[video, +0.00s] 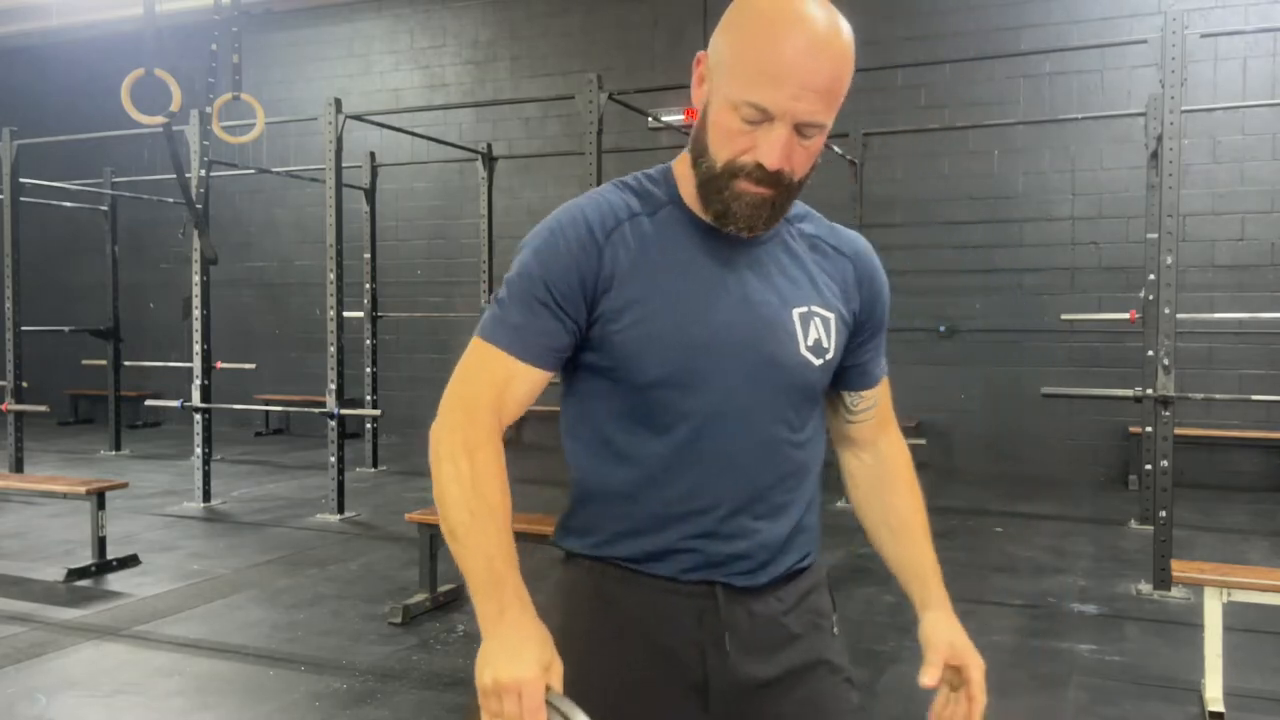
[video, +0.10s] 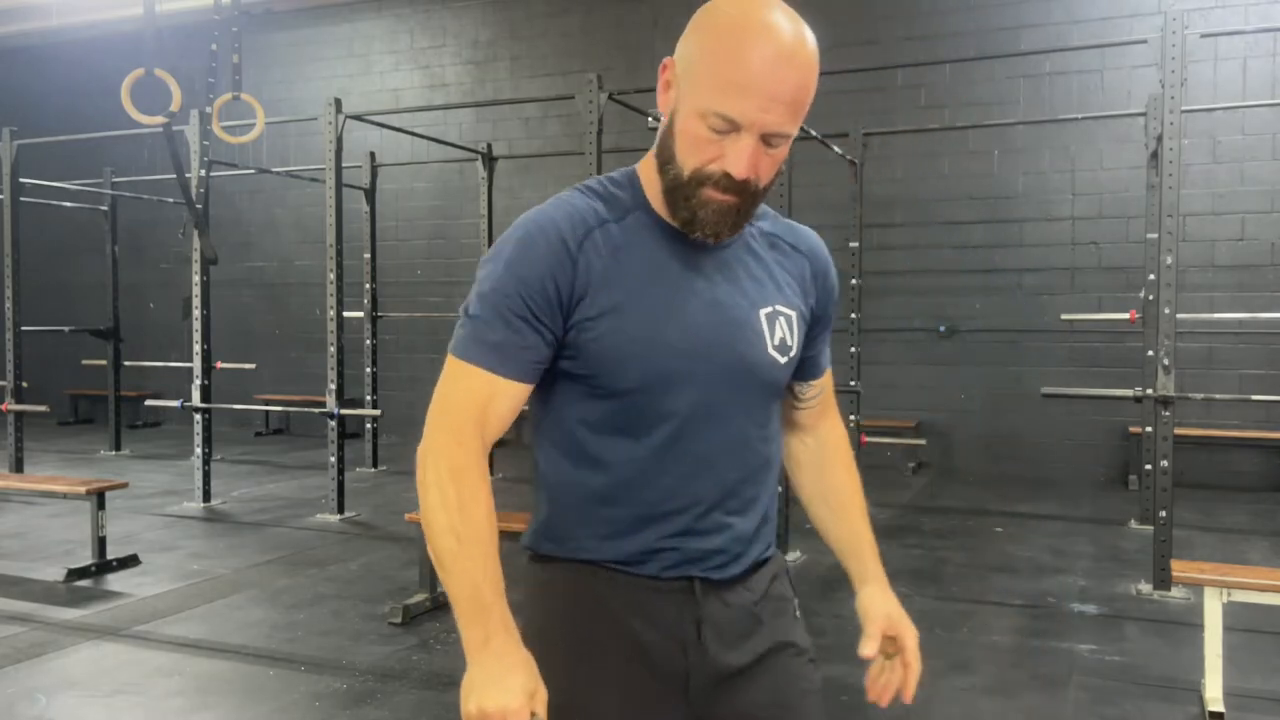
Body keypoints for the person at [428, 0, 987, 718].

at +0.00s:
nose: (774, 158)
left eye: (806, 131)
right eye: (753, 117)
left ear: (831, 127)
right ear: (701, 84)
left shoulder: (846, 270)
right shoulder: (589, 242)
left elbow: (869, 437)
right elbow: (462, 428)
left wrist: (933, 607)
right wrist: (505, 623)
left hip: (788, 627)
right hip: (620, 626)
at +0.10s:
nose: (741, 168)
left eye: (772, 140)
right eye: (720, 127)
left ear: (797, 132)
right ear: (666, 88)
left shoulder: (801, 265)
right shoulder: (556, 246)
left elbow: (810, 421)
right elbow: (450, 443)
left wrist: (871, 585)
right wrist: (490, 647)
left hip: (755, 619)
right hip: (594, 624)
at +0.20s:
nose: (725, 172)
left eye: (755, 147)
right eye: (706, 133)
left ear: (780, 135)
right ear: (651, 92)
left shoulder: (761, 257)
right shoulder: (535, 249)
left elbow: (763, 413)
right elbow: (444, 464)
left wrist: (810, 565)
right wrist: (483, 667)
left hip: (730, 609)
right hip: (576, 620)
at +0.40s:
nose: (753, 181)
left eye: (769, 156)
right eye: (739, 145)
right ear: (664, 103)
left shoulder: (701, 244)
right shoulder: (536, 253)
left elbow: (679, 411)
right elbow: (452, 466)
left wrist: (716, 535)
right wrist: (492, 676)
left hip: (688, 593)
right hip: (568, 613)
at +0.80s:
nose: (755, 199)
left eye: (762, 179)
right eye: (755, 172)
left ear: (704, 145)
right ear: (704, 141)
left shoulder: (644, 248)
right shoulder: (612, 244)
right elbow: (533, 428)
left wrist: (653, 583)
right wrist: (576, 621)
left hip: (632, 573)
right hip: (597, 580)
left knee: (629, 709)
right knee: (596, 713)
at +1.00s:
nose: (734, 206)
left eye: (740, 187)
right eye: (737, 181)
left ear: (668, 155)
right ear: (702, 154)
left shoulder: (584, 250)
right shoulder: (642, 249)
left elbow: (569, 423)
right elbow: (587, 415)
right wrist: (634, 589)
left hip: (578, 549)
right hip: (622, 555)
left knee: (611, 702)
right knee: (650, 705)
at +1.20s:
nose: (727, 198)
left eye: (730, 180)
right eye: (730, 177)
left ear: (640, 169)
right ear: (706, 164)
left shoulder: (570, 261)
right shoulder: (677, 251)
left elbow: (573, 408)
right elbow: (655, 406)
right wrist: (704, 574)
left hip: (567, 537)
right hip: (645, 548)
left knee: (592, 708)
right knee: (728, 704)